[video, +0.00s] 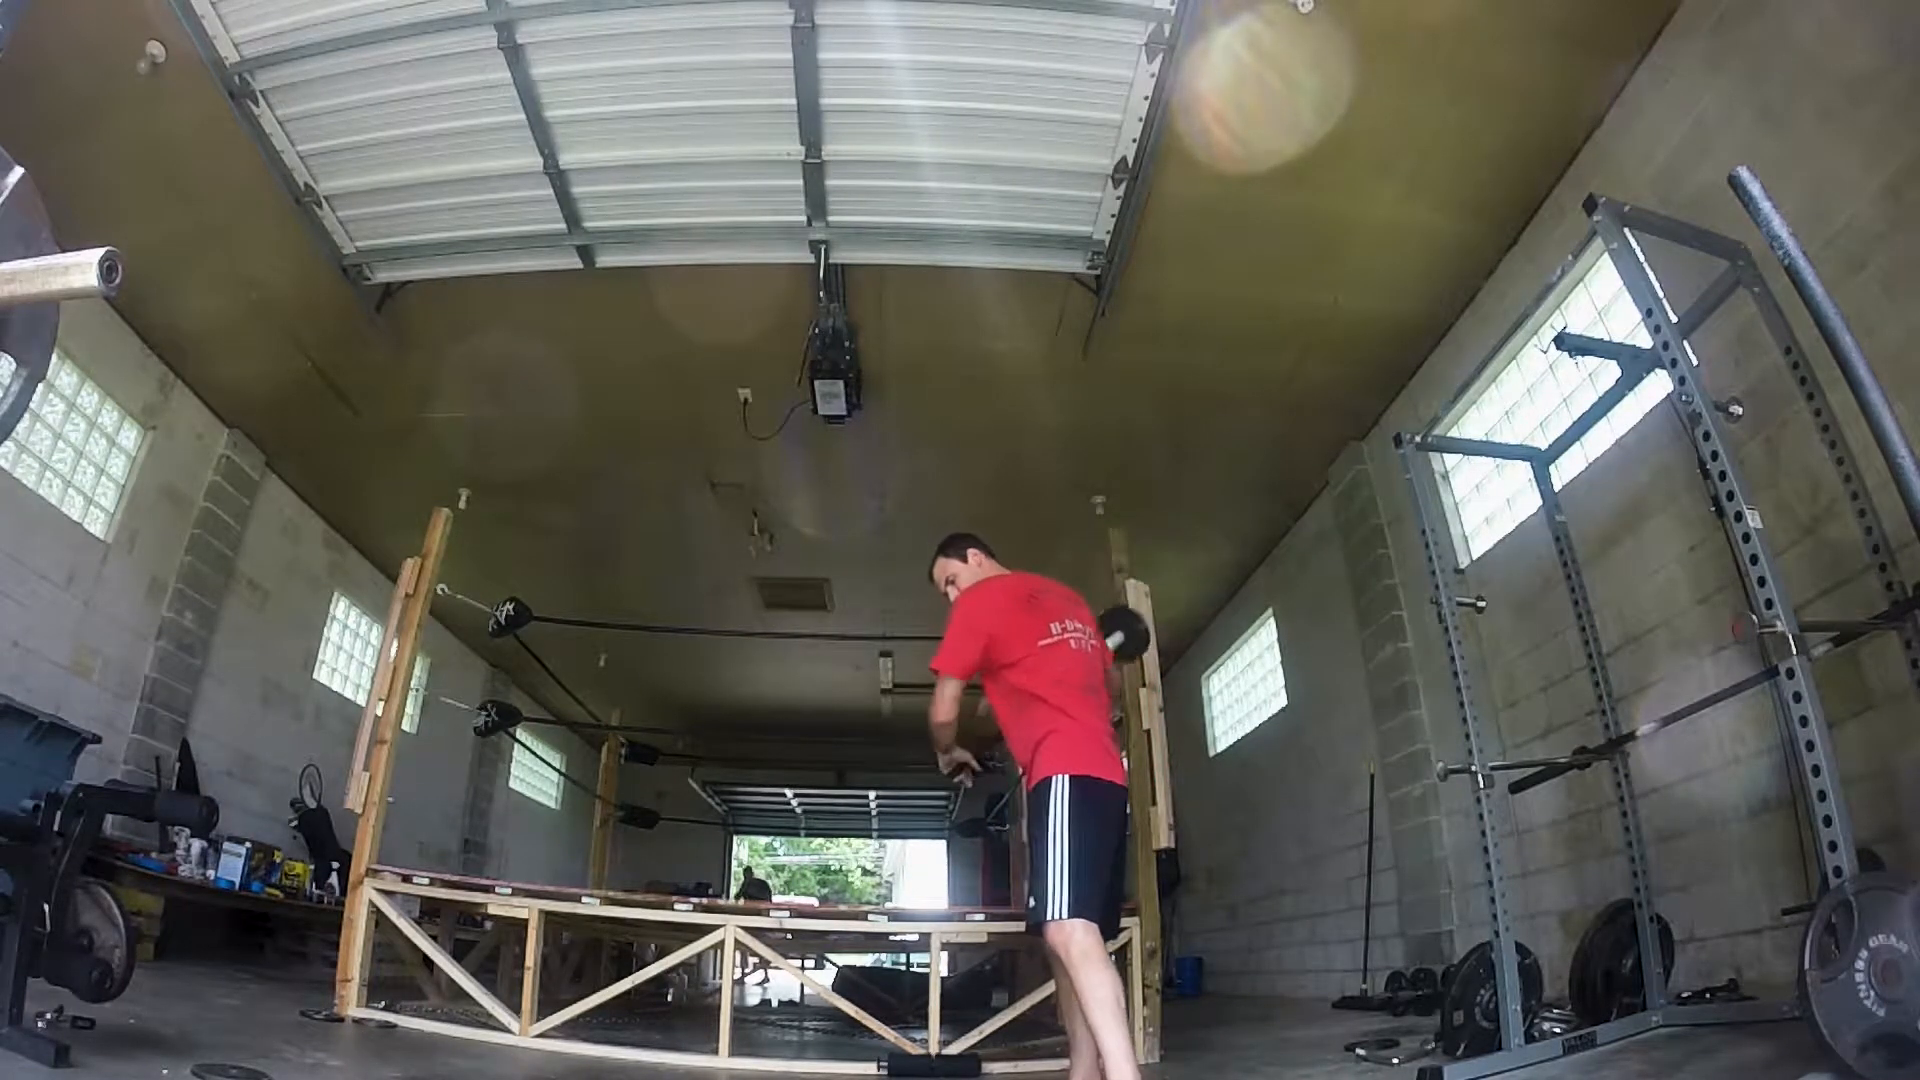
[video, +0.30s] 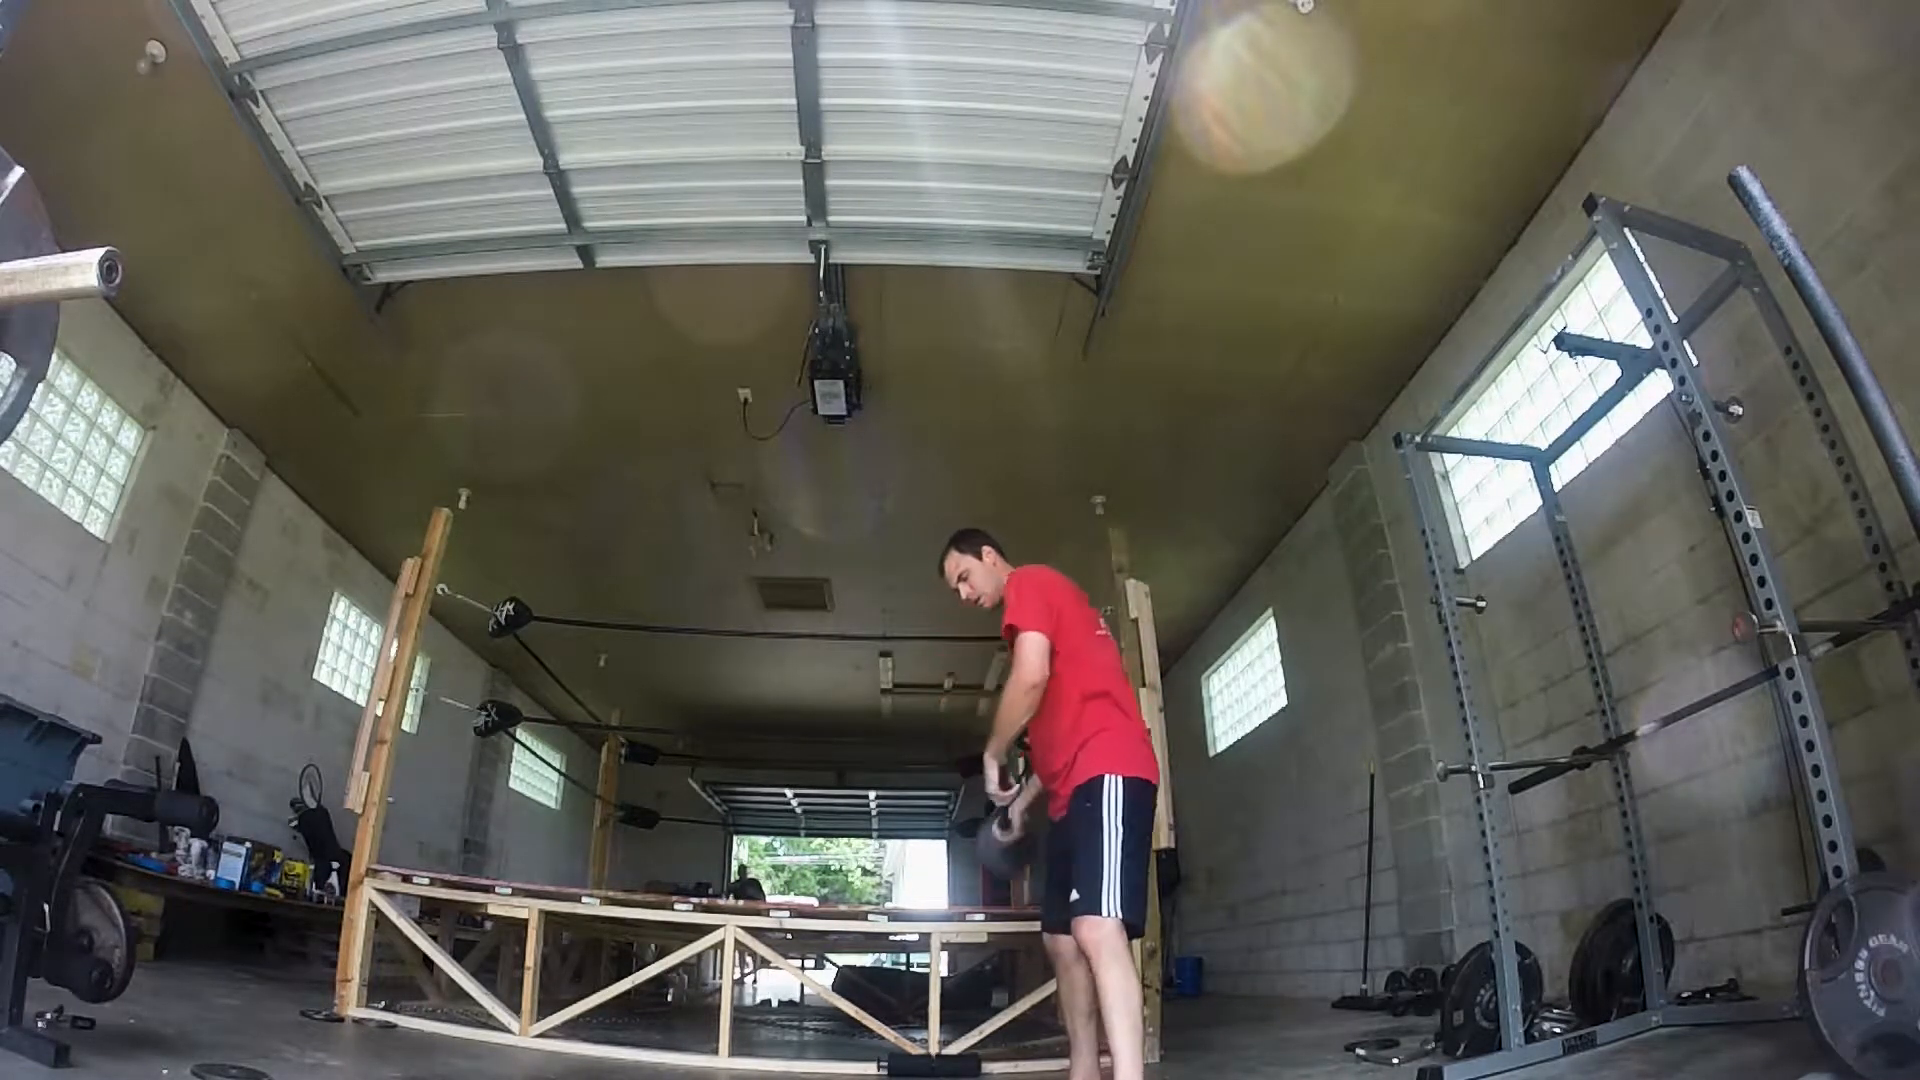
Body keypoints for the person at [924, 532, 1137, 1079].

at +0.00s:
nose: (951, 597)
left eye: (949, 584)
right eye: (945, 591)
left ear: (972, 557)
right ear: (986, 558)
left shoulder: (979, 601)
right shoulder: (1066, 594)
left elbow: (942, 714)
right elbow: (1111, 678)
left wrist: (948, 752)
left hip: (1065, 772)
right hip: (1104, 771)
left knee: (1070, 930)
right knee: (1072, 934)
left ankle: (1124, 1073)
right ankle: (1083, 1072)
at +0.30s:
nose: (964, 592)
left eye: (964, 577)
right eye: (956, 587)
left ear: (991, 555)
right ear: (971, 582)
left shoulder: (1031, 581)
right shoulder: (1036, 605)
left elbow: (1031, 674)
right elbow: (1069, 722)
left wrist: (993, 752)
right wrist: (1025, 795)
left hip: (1108, 767)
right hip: (1074, 784)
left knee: (1098, 927)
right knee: (1062, 939)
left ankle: (1129, 1074)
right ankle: (1085, 1072)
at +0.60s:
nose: (969, 579)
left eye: (968, 563)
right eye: (960, 574)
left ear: (996, 539)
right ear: (969, 574)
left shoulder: (1073, 558)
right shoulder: (1003, 649)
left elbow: (1155, 602)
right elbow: (1009, 748)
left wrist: (1098, 675)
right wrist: (968, 833)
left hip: (1127, 767)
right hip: (1069, 791)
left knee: (1116, 926)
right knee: (1061, 939)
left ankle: (1138, 1074)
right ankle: (1085, 1072)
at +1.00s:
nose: (964, 562)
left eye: (965, 544)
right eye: (953, 561)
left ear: (992, 527)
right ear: (956, 572)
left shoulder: (1075, 550)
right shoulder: (982, 638)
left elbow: (1160, 598)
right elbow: (1017, 687)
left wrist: (1130, 619)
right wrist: (1043, 703)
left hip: (1128, 752)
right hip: (1066, 779)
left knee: (1117, 920)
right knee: (1059, 939)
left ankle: (1138, 1074)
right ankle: (1083, 1073)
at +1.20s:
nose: (958, 573)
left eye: (957, 556)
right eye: (947, 572)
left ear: (983, 534)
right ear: (952, 581)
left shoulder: (1070, 552)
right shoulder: (981, 643)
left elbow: (1158, 583)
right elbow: (1019, 694)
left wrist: (1124, 618)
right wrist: (1039, 720)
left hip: (1126, 755)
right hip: (1065, 783)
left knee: (1120, 921)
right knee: (1057, 940)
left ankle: (1138, 1075)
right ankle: (1083, 1072)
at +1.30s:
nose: (956, 584)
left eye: (955, 567)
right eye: (947, 581)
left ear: (981, 543)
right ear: (953, 586)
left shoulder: (1066, 556)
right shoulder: (986, 648)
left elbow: (1150, 584)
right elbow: (1020, 707)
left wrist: (1109, 639)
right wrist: (1028, 752)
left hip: (1125, 758)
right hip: (1065, 788)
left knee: (1117, 923)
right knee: (1057, 941)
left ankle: (1137, 1074)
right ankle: (1083, 1073)